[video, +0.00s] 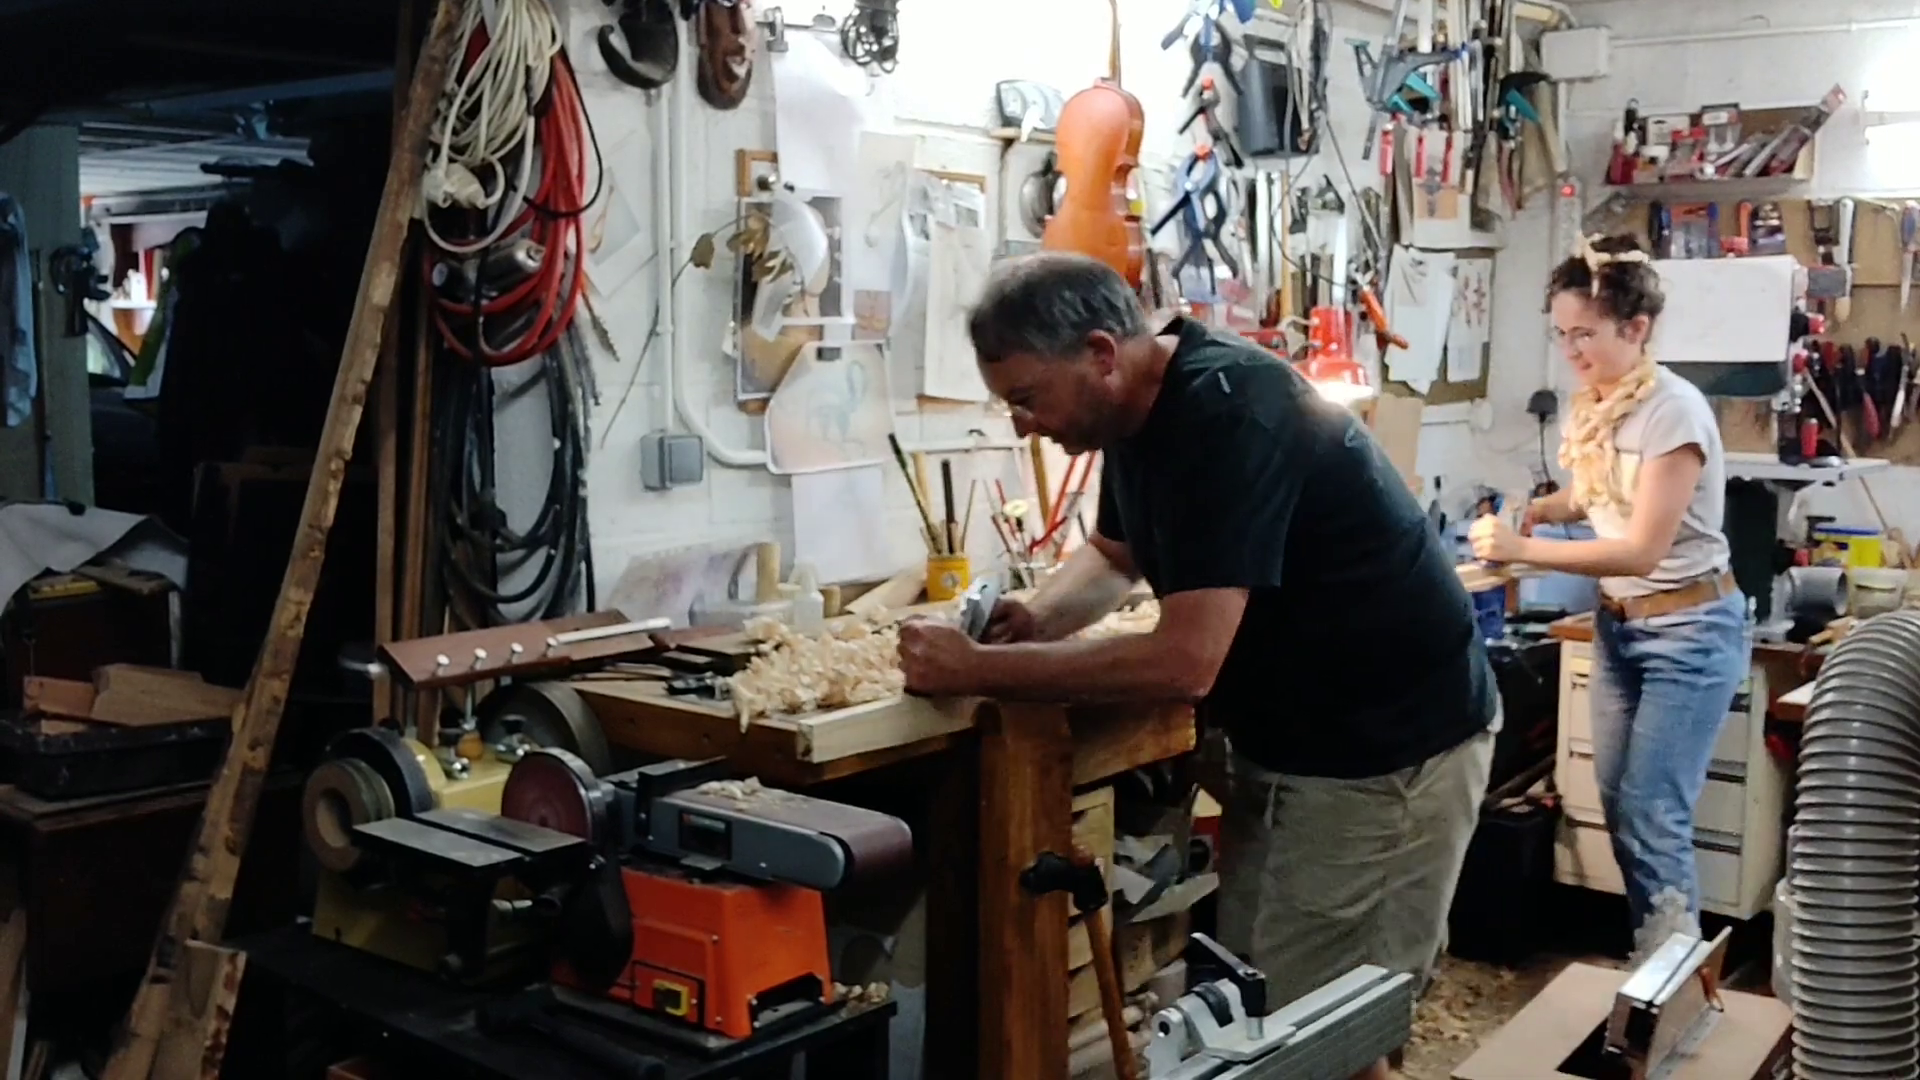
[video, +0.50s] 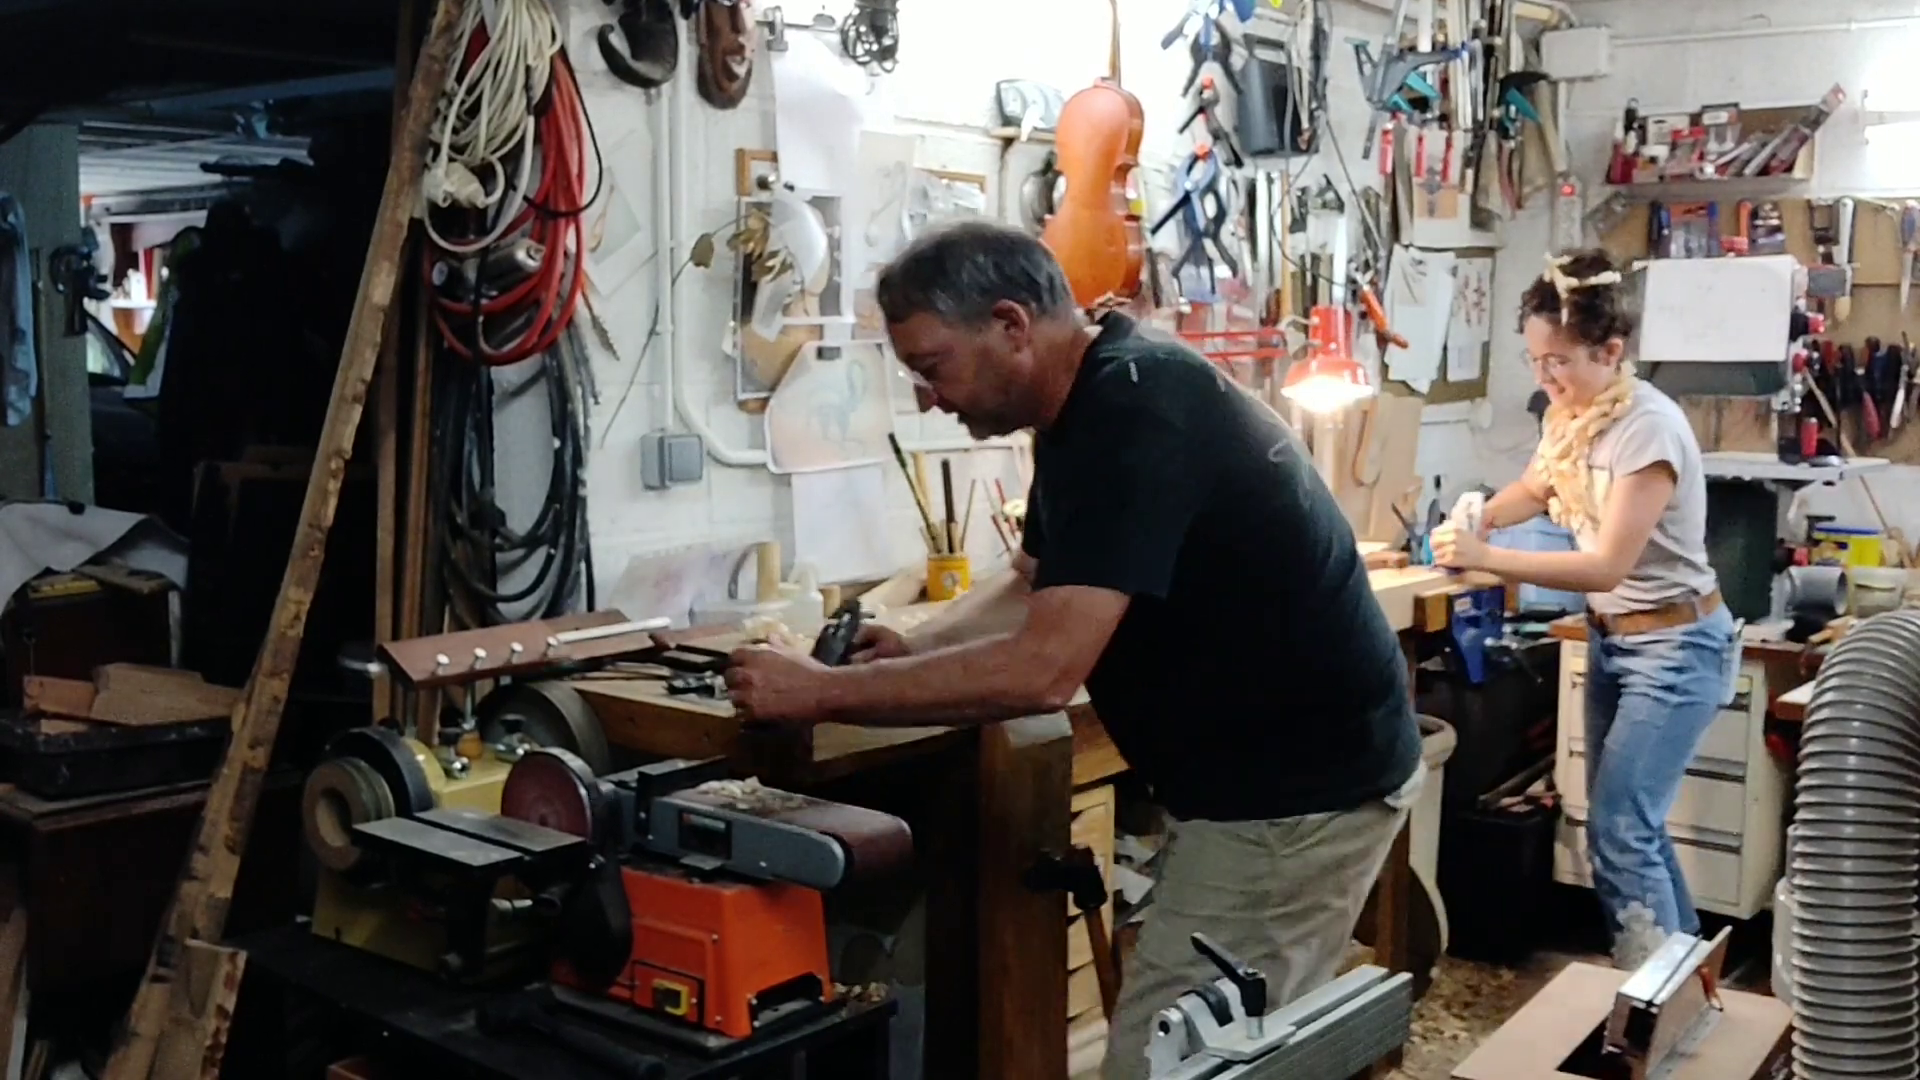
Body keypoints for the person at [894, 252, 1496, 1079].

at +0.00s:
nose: (1021, 425)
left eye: (1026, 397)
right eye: (1010, 405)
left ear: (1101, 354)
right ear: (1102, 353)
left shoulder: (1230, 411)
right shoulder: (1137, 408)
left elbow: (1185, 663)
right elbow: (1115, 553)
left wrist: (975, 669)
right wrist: (1037, 616)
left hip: (1383, 752)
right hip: (1283, 741)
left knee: (1326, 1033)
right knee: (1242, 1009)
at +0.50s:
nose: (925, 397)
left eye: (931, 368)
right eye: (915, 374)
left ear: (1012, 325)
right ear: (1012, 326)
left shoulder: (1134, 409)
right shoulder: (1087, 398)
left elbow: (1047, 668)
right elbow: (1033, 584)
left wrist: (824, 691)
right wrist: (918, 647)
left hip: (1293, 790)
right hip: (1241, 776)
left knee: (1162, 1056)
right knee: (1180, 1045)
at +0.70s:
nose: (910, 324)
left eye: (912, 290)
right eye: (901, 297)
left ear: (990, 254)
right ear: (997, 253)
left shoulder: (1095, 348)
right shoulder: (1138, 325)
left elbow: (974, 582)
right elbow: (1063, 577)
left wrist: (777, 584)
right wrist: (879, 603)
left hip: (1239, 797)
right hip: (1317, 767)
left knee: (1106, 1064)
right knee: (1275, 1052)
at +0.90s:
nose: (974, 238)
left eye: (974, 200)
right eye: (965, 207)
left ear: (1044, 175)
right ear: (1057, 175)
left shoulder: (1104, 293)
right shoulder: (1242, 274)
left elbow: (933, 518)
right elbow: (1172, 533)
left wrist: (796, 478)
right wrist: (975, 540)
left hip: (1208, 784)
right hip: (1358, 757)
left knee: (1098, 1065)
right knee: (1305, 1058)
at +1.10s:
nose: (1059, 205)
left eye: (1061, 173)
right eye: (1053, 178)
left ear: (1126, 156)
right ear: (1158, 155)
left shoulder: (1136, 294)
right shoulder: (1340, 292)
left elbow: (908, 476)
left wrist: (820, 383)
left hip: (1194, 796)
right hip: (1361, 778)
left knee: (1079, 1064)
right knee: (1305, 1066)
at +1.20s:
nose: (1098, 193)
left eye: (1101, 162)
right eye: (1094, 165)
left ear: (1157, 145)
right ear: (1256, 145)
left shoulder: (1141, 290)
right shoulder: (1383, 296)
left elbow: (904, 454)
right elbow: (1418, 531)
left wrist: (866, 342)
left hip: (1204, 786)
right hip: (1378, 766)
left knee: (1117, 1063)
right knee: (1317, 1060)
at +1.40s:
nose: (1189, 159)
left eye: (1190, 133)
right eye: (1192, 134)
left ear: (1213, 138)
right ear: (1344, 144)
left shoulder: (1179, 287)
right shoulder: (1456, 311)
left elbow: (936, 416)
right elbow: (1533, 557)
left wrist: (959, 300)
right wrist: (1378, 579)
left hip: (1217, 761)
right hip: (1398, 761)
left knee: (1165, 1063)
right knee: (1363, 1060)